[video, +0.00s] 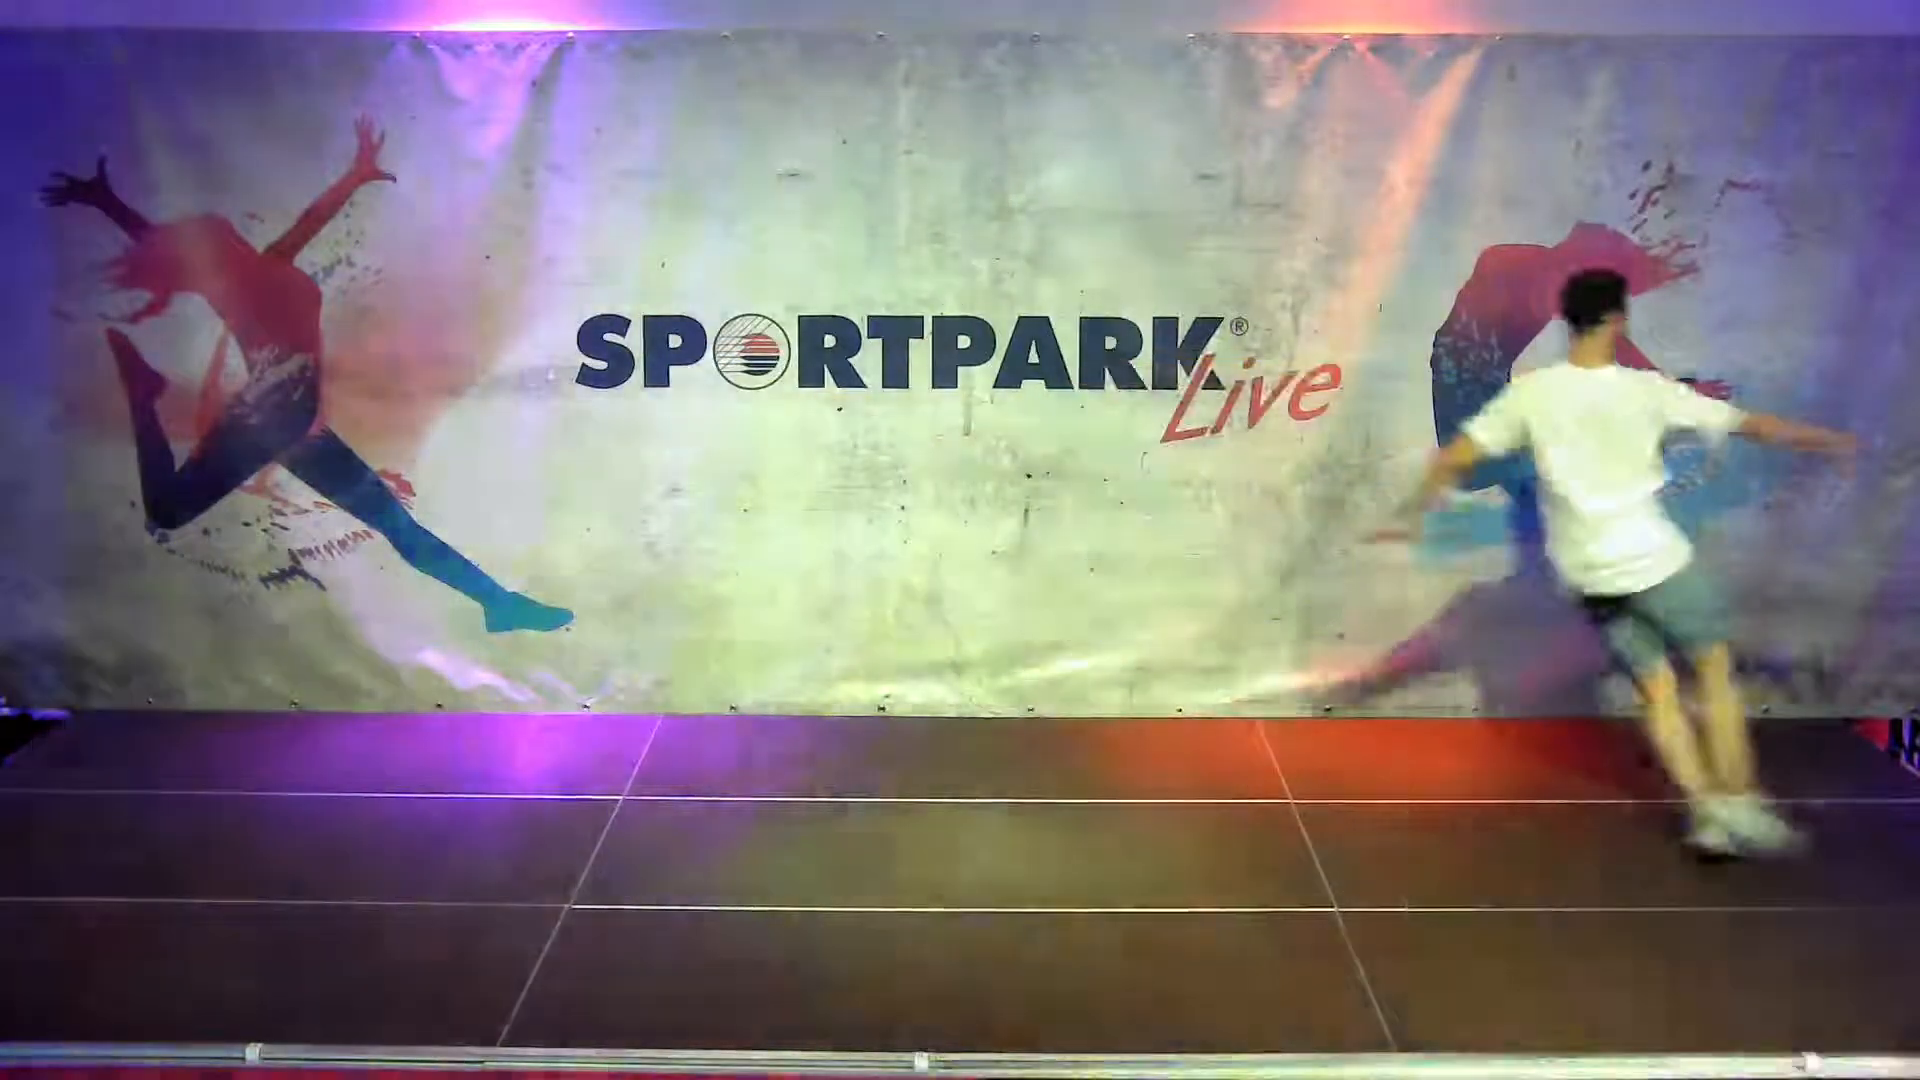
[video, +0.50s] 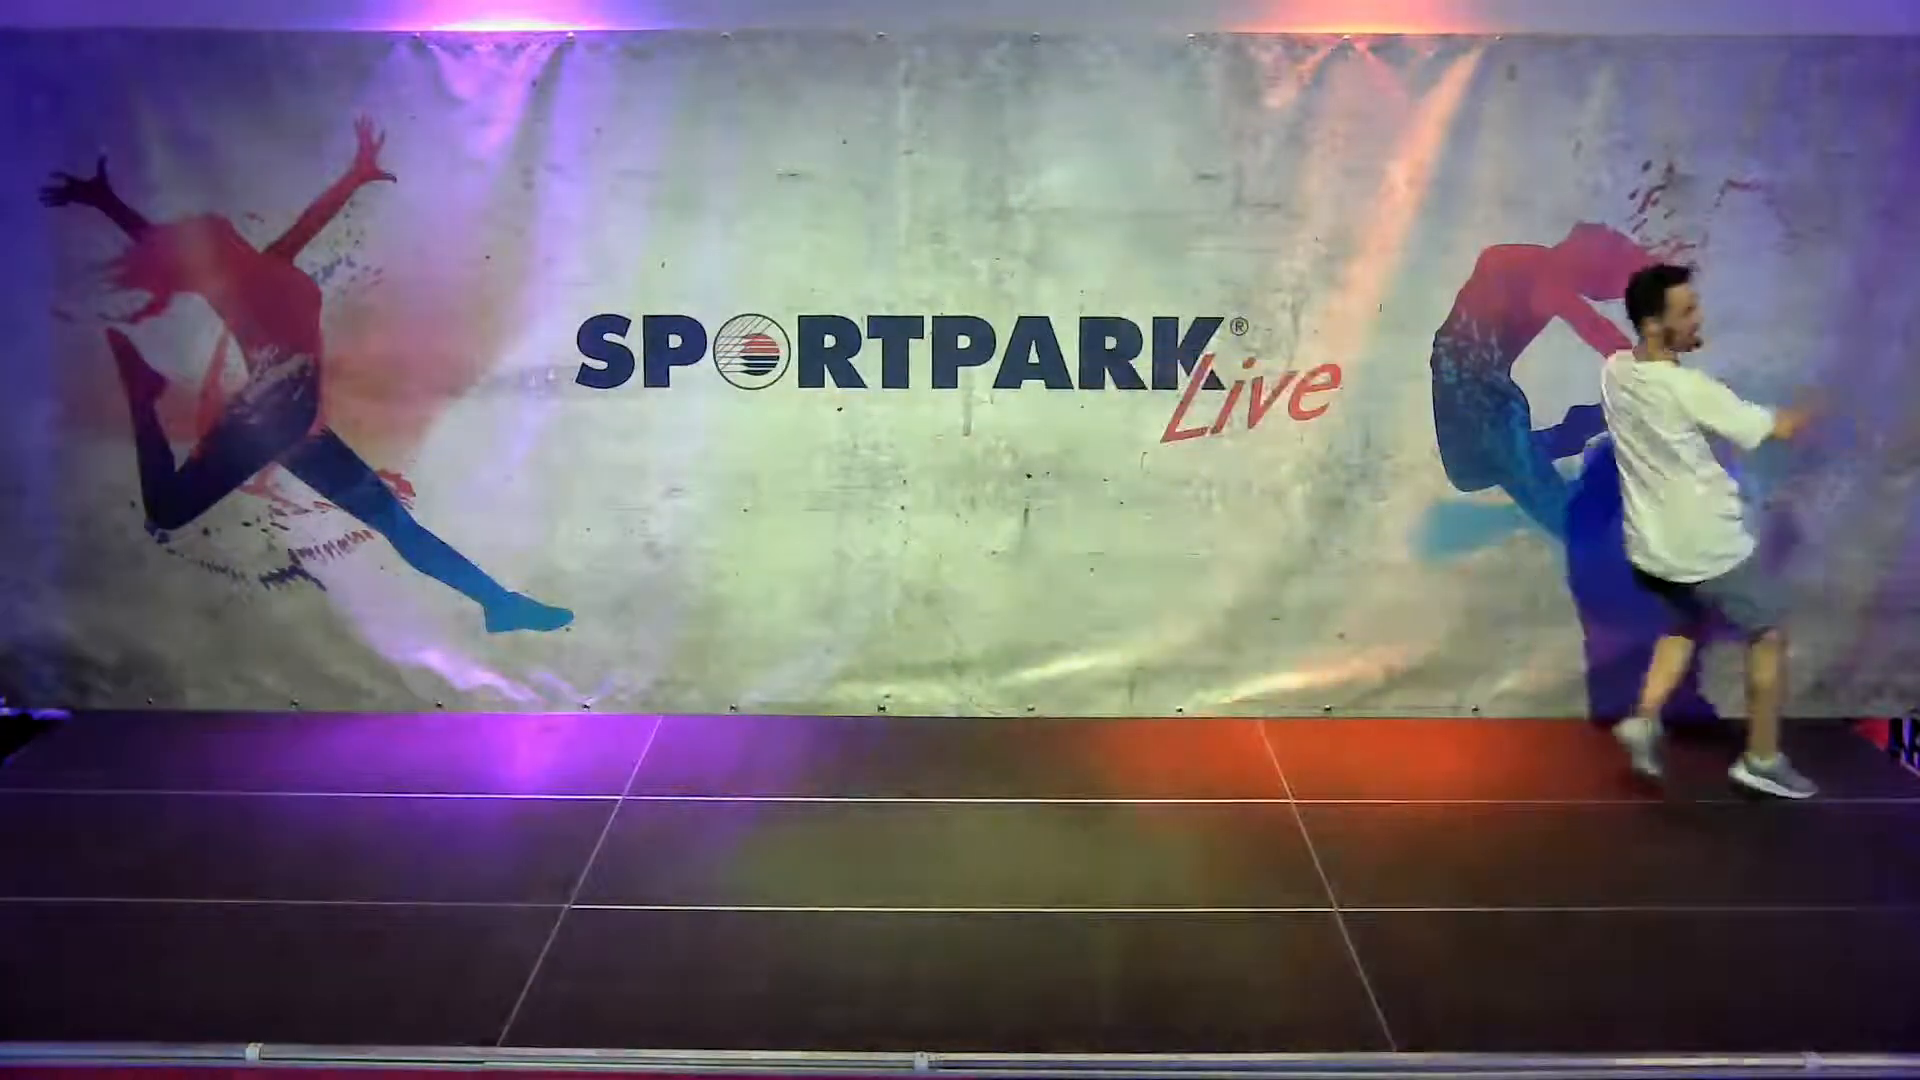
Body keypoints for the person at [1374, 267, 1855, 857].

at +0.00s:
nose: (1622, 327)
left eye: (1615, 318)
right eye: (1620, 317)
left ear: (1567, 321)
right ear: (1615, 321)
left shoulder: (1532, 393)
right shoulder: (1645, 389)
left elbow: (1456, 455)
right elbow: (1741, 421)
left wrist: (1419, 502)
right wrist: (1821, 439)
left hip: (1587, 571)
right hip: (1652, 555)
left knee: (1655, 687)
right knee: (1712, 660)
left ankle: (1703, 809)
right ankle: (1739, 800)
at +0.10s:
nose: (1653, 330)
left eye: (1650, 320)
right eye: (1651, 320)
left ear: (1596, 322)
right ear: (1639, 322)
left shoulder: (1553, 392)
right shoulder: (1661, 389)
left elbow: (1488, 465)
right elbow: (1758, 430)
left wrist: (1495, 481)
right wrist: (1837, 455)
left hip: (1613, 572)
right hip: (1682, 553)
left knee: (1680, 702)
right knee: (1740, 668)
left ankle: (1756, 821)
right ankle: (1804, 784)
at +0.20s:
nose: (1691, 342)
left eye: (1689, 331)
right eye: (1690, 331)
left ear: (1636, 327)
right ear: (1679, 331)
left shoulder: (1593, 393)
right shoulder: (1689, 396)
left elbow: (1556, 441)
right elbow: (1775, 443)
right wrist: (1857, 481)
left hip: (1650, 572)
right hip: (1714, 555)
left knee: (1715, 696)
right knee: (1752, 650)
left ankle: (1776, 826)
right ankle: (1786, 765)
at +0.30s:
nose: (1705, 332)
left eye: (1705, 322)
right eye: (1705, 323)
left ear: (1647, 322)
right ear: (1694, 325)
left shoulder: (1606, 391)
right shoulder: (1705, 392)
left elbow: (1617, 436)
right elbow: (1779, 448)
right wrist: (1866, 483)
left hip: (1659, 565)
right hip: (1730, 556)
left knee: (1689, 679)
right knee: (1761, 659)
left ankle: (1737, 777)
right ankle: (1777, 769)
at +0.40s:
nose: (1710, 315)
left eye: (1708, 303)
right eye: (1703, 306)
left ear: (1652, 315)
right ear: (1678, 315)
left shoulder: (1612, 374)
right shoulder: (1696, 387)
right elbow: (1776, 441)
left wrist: (1683, 352)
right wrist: (1836, 443)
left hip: (1660, 548)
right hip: (1725, 546)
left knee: (1683, 630)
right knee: (1765, 638)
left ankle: (1674, 731)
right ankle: (1773, 765)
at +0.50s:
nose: (1698, 319)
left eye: (1695, 307)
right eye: (1688, 311)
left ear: (1646, 324)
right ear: (1656, 322)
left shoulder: (1614, 374)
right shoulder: (1686, 387)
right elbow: (1765, 427)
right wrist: (1806, 411)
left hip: (1648, 551)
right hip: (1708, 551)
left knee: (1684, 623)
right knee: (1767, 632)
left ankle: (1644, 720)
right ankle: (1762, 757)